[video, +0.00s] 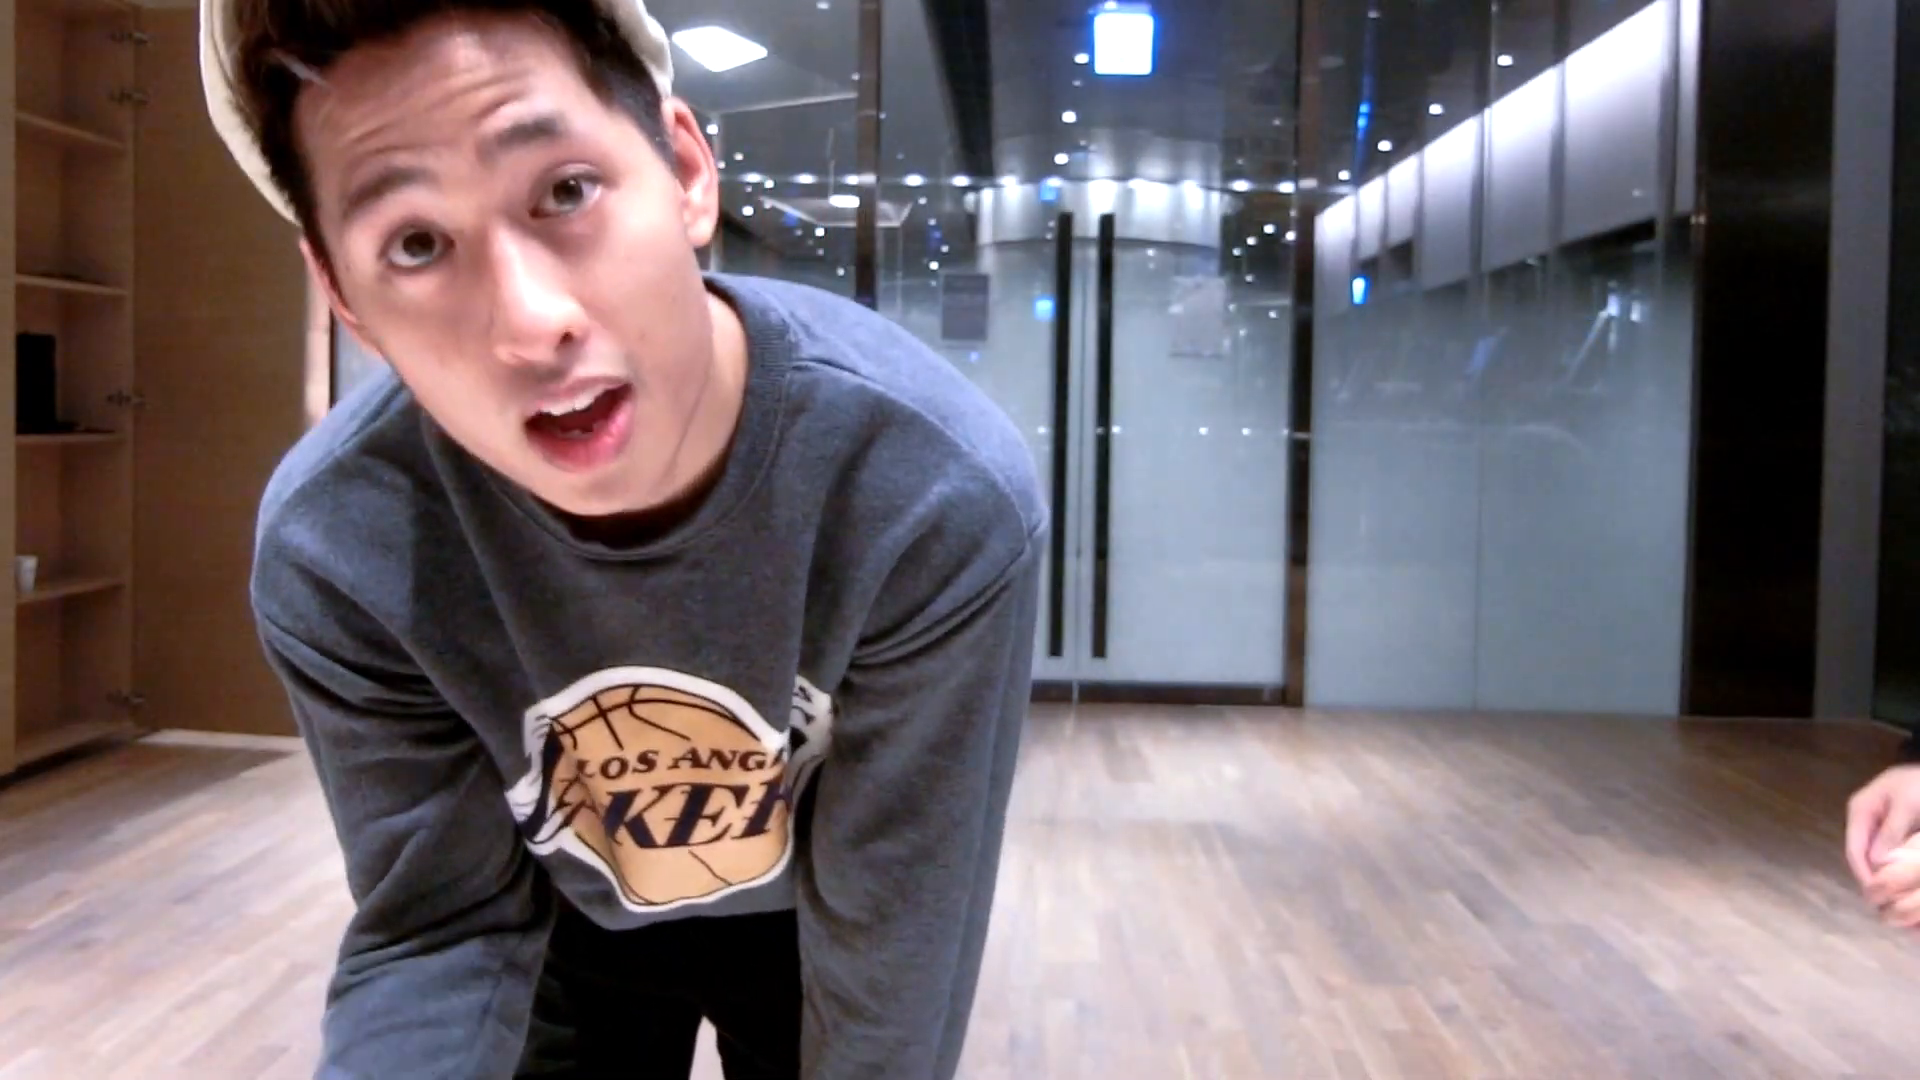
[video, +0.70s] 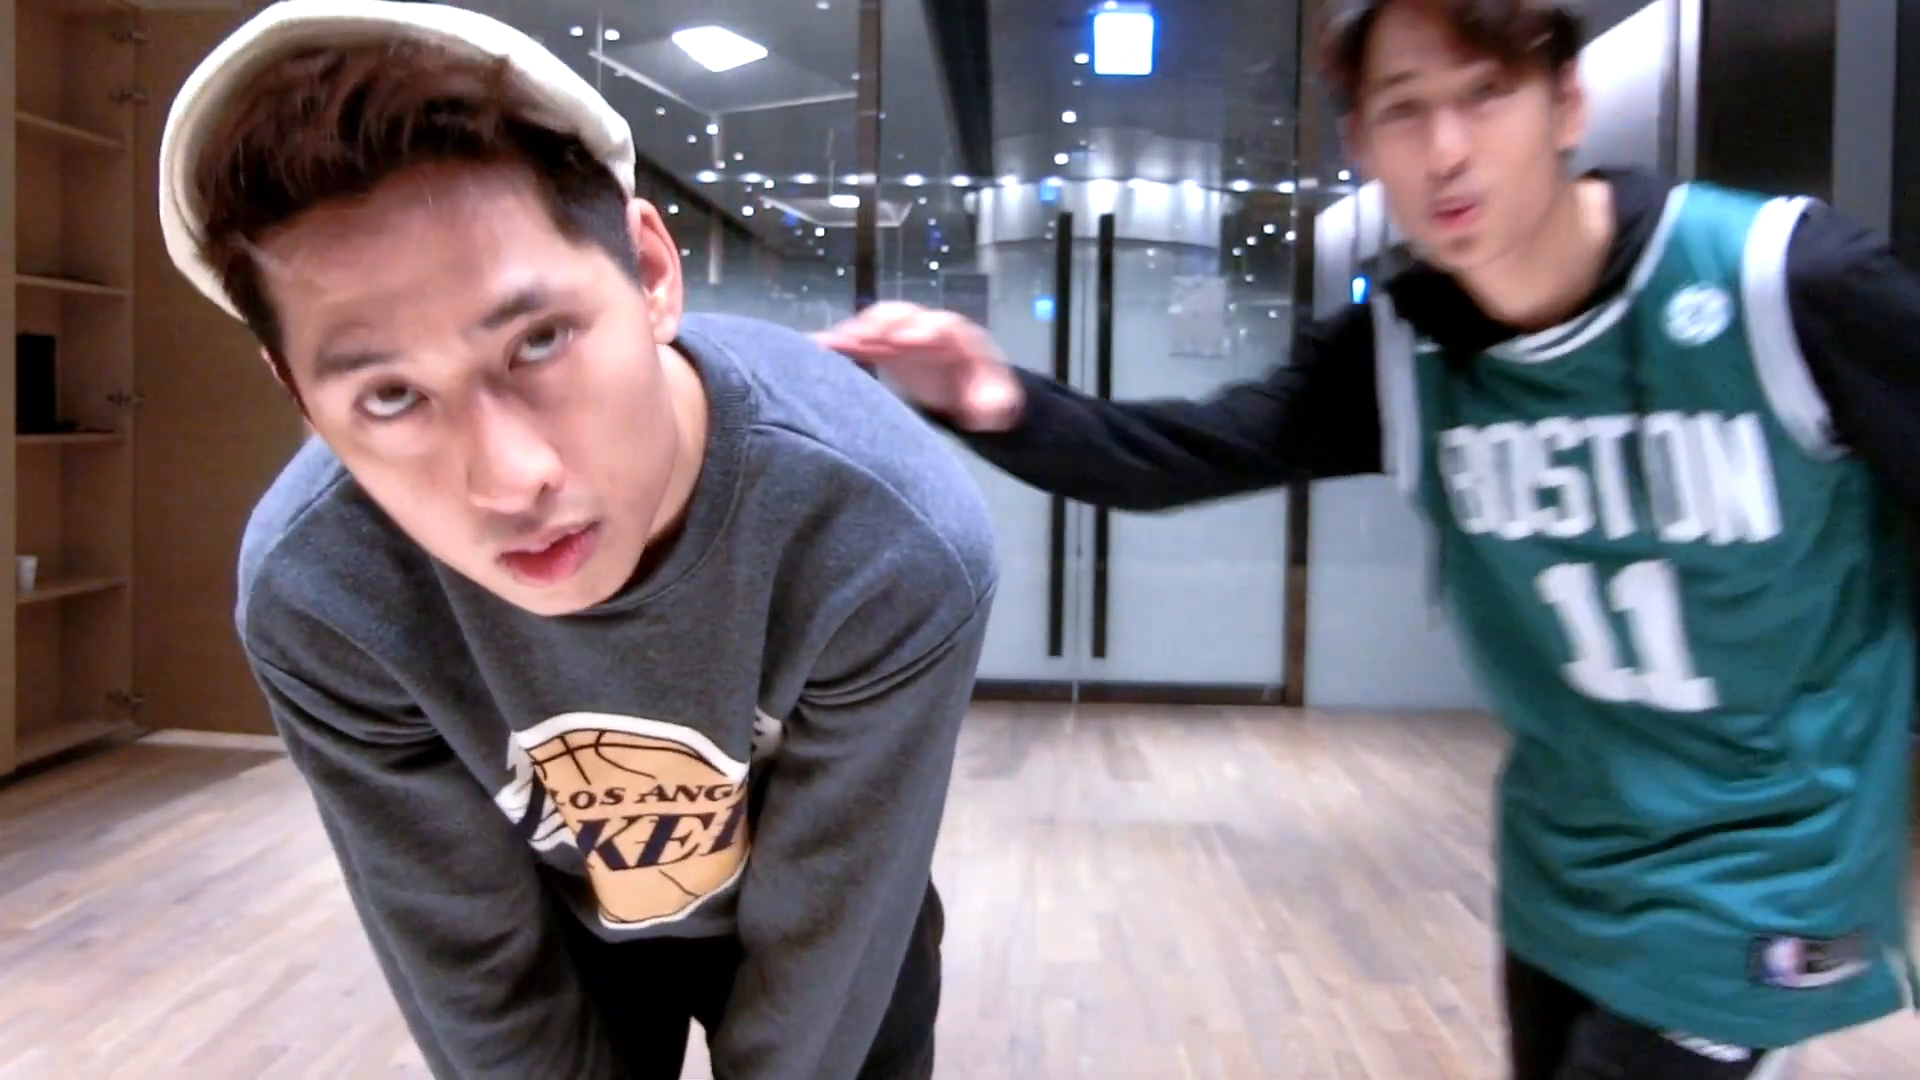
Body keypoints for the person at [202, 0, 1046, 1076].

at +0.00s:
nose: (532, 323)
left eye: (563, 192)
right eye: (418, 244)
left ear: (688, 174)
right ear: (341, 294)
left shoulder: (936, 501)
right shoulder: (336, 548)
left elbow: (885, 985)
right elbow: (433, 931)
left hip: (833, 917)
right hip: (566, 917)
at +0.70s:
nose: (507, 477)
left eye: (538, 342)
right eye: (391, 399)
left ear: (654, 272)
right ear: (305, 403)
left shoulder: (892, 545)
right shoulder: (314, 594)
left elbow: (811, 998)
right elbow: (491, 1013)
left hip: (828, 925)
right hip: (561, 945)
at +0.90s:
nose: (452, 550)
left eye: (501, 449)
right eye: (356, 478)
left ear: (633, 314)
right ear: (291, 433)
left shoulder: (868, 510)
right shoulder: (284, 557)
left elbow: (813, 997)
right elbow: (380, 1003)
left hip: (774, 910)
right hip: (521, 912)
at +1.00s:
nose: (460, 484)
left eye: (509, 377)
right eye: (362, 411)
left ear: (629, 261)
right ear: (289, 373)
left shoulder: (852, 485)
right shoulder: (267, 521)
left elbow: (801, 978)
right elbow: (315, 998)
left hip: (771, 903)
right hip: (507, 896)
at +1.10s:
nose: (606, 364)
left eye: (625, 254)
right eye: (503, 319)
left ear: (656, 192)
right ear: (330, 309)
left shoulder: (834, 460)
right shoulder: (257, 475)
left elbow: (776, 973)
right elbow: (252, 959)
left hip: (782, 882)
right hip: (508, 876)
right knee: (472, 1058)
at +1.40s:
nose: (729, 253)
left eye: (713, 162)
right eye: (648, 237)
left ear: (711, 114)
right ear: (443, 302)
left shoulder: (815, 397)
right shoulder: (235, 409)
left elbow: (698, 888)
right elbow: (319, 833)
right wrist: (361, 1060)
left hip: (759, 866)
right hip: (485, 873)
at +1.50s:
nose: (731, 249)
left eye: (710, 157)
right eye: (648, 236)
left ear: (707, 108)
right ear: (442, 301)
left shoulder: (810, 390)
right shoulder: (228, 406)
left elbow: (723, 868)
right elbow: (358, 785)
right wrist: (455, 981)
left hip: (757, 867)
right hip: (488, 880)